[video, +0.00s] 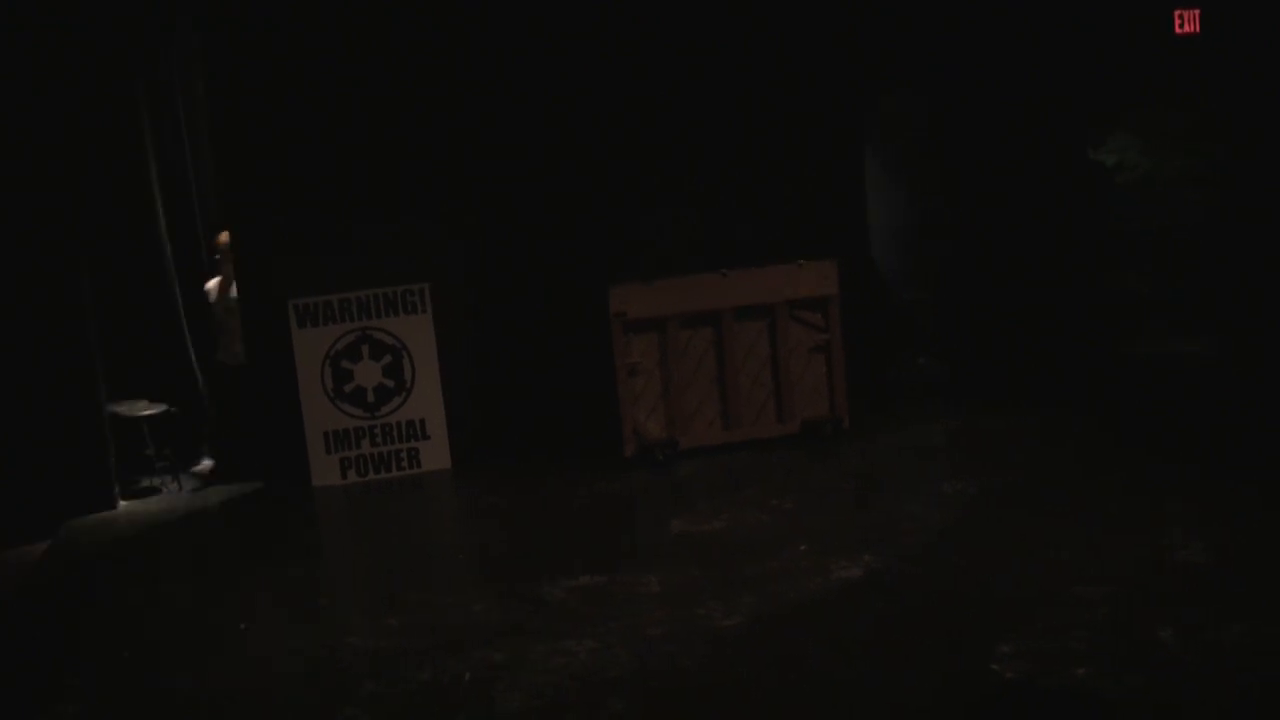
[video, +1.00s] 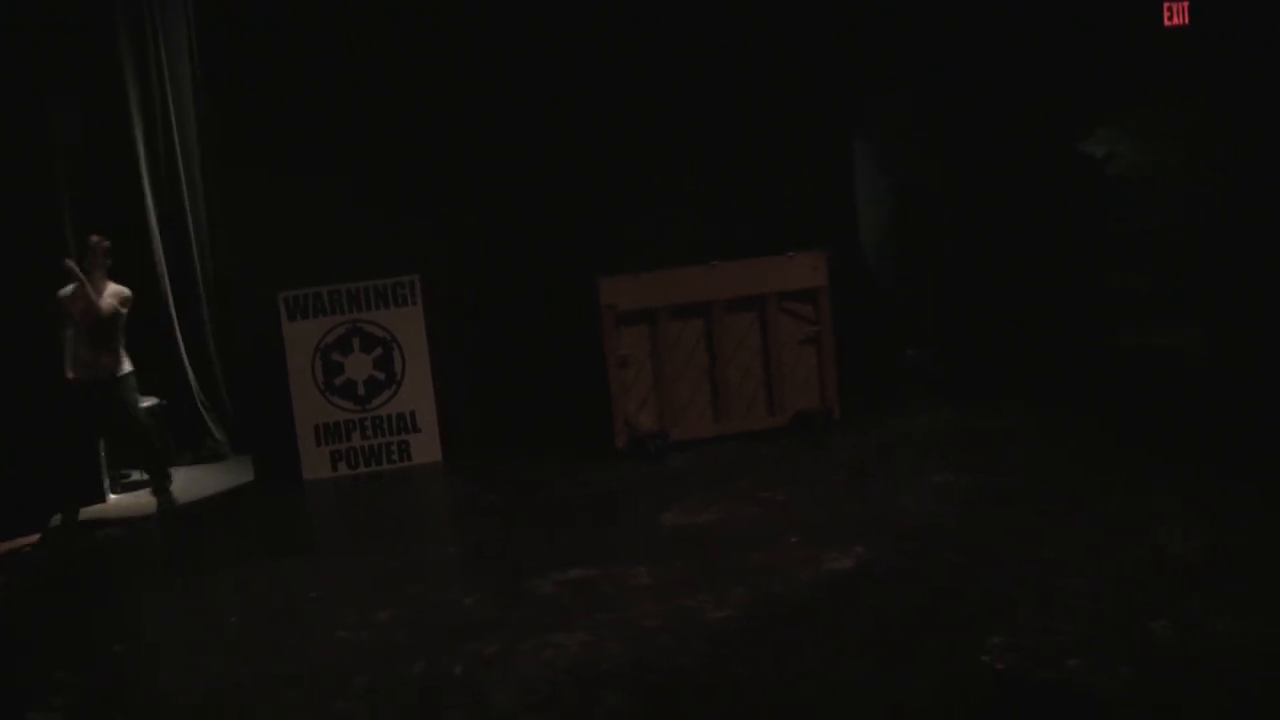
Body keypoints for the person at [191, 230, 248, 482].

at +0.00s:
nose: (226, 256)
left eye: (229, 250)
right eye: (222, 251)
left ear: (236, 252)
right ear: (216, 255)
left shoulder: (239, 285)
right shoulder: (212, 288)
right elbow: (217, 309)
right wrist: (228, 273)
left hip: (246, 355)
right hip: (224, 357)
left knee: (251, 404)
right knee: (229, 407)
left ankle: (258, 453)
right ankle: (232, 456)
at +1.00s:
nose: (102, 260)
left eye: (105, 254)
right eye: (97, 254)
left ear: (110, 258)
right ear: (86, 258)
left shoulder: (121, 293)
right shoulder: (68, 296)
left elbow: (101, 312)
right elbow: (64, 336)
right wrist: (68, 370)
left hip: (118, 375)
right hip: (83, 379)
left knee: (134, 429)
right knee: (77, 442)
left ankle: (161, 487)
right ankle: (70, 508)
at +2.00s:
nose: (36, 303)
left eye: (40, 297)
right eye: (31, 298)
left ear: (50, 299)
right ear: (25, 303)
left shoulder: (71, 328)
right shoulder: (18, 338)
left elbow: (89, 363)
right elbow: (17, 380)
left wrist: (96, 400)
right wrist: (21, 410)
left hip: (72, 400)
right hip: (39, 406)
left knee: (69, 445)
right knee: (44, 457)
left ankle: (105, 506)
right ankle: (55, 521)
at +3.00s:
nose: (65, 343)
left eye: (70, 338)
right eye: (61, 338)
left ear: (80, 343)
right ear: (56, 343)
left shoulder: (95, 379)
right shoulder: (46, 380)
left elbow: (97, 421)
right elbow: (47, 418)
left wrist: (74, 428)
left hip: (98, 436)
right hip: (67, 441)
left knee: (95, 466)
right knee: (60, 470)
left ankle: (111, 513)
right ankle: (70, 521)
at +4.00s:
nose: (89, 315)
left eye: (94, 309)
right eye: (84, 309)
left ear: (105, 313)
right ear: (78, 314)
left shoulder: (120, 356)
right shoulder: (62, 351)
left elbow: (131, 397)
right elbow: (56, 389)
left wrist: (130, 429)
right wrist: (64, 421)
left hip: (109, 431)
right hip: (74, 430)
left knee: (110, 488)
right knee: (85, 488)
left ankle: (109, 545)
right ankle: (94, 548)